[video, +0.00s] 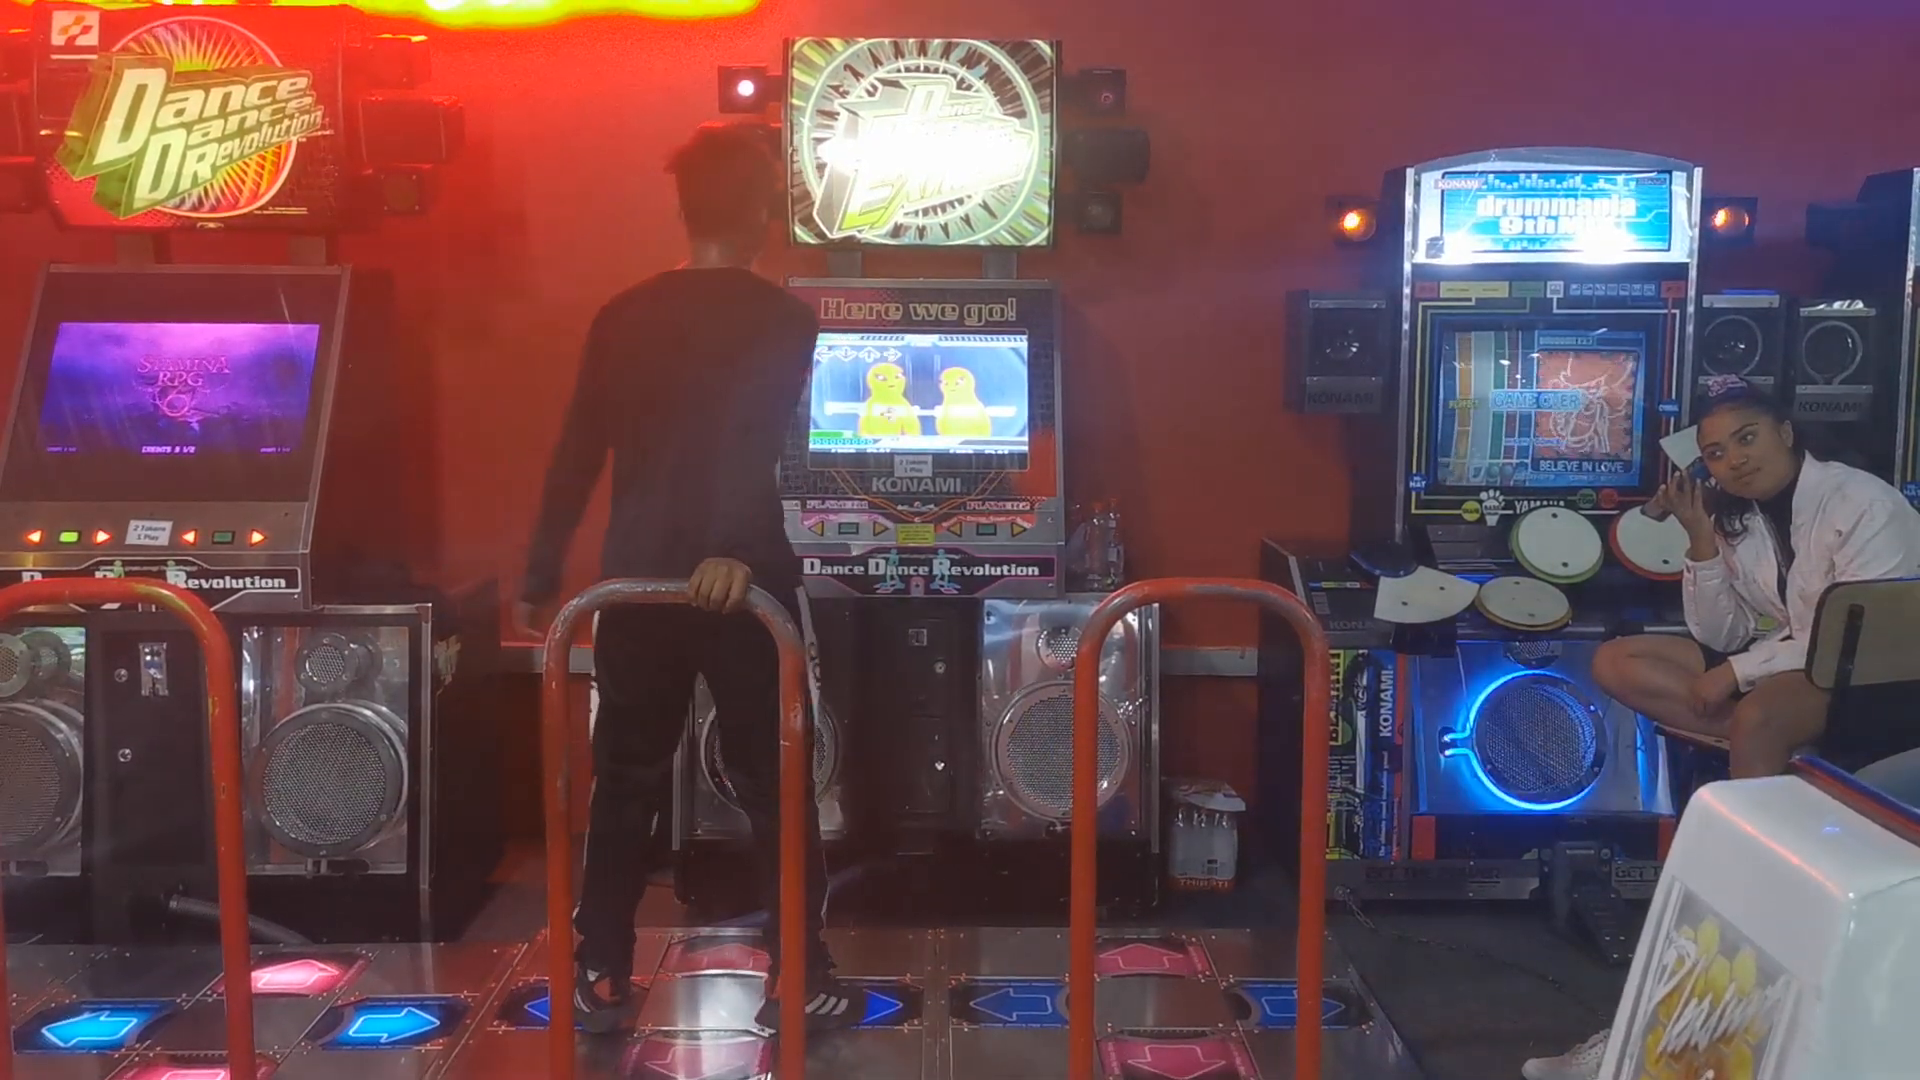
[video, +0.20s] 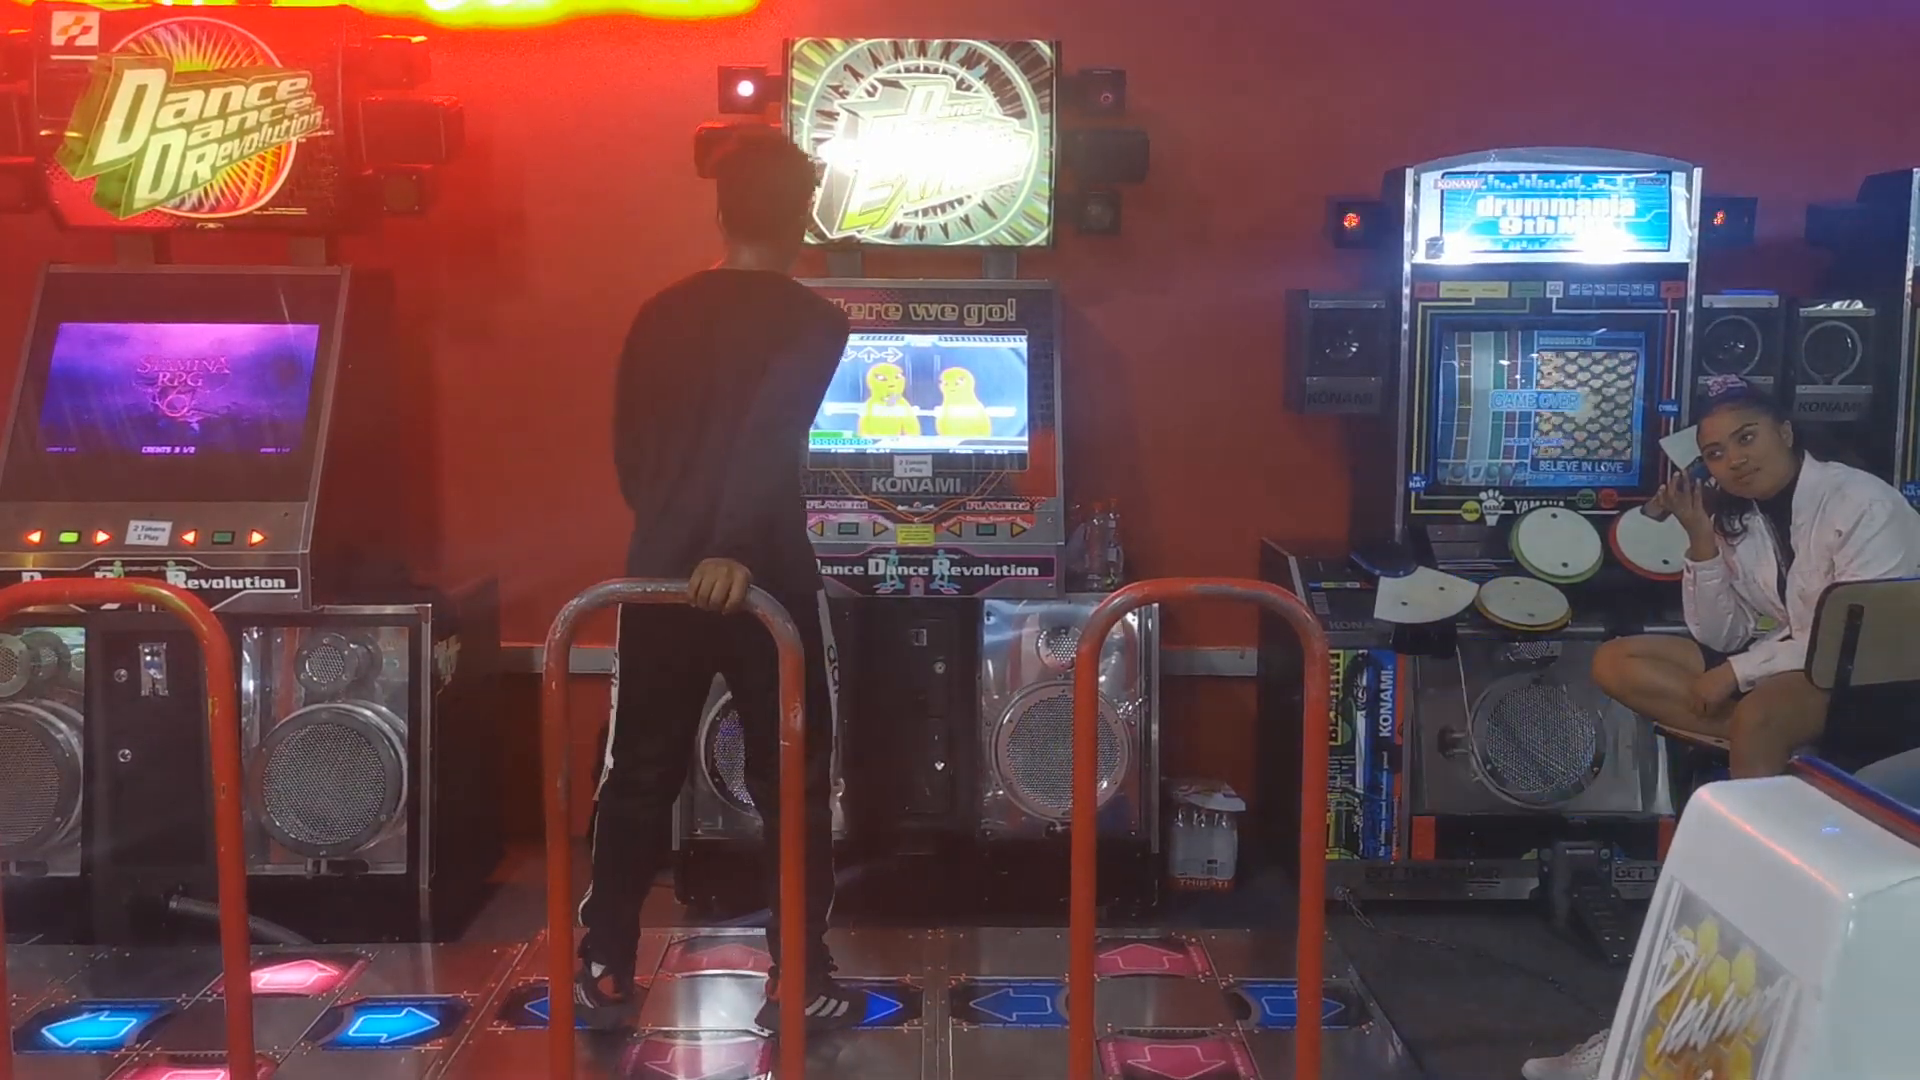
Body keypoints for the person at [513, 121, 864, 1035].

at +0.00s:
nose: (779, 220)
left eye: (774, 205)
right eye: (774, 206)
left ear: (686, 212)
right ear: (758, 215)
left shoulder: (626, 312)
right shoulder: (786, 318)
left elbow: (577, 452)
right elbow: (769, 444)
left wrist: (540, 578)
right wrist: (736, 545)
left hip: (640, 578)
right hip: (747, 582)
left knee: (625, 783)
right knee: (768, 782)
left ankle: (602, 974)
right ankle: (806, 970)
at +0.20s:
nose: (811, 221)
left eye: (804, 206)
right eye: (809, 208)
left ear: (723, 213)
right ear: (797, 215)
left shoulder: (659, 311)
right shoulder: (812, 318)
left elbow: (632, 447)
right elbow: (772, 432)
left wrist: (668, 533)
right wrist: (732, 544)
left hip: (662, 570)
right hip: (765, 575)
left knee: (639, 774)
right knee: (792, 782)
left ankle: (605, 971)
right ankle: (801, 979)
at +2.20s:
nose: (754, 247)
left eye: (743, 231)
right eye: (755, 234)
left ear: (670, 232)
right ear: (746, 240)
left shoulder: (593, 322)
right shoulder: (762, 336)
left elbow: (549, 469)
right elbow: (745, 442)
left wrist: (543, 592)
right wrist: (729, 546)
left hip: (603, 576)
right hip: (711, 582)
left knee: (599, 781)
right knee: (737, 756)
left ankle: (599, 979)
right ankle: (754, 919)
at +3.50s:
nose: (858, 237)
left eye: (846, 222)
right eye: (854, 224)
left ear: (770, 233)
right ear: (847, 234)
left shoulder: (702, 319)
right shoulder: (860, 325)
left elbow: (660, 459)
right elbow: (800, 434)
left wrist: (678, 568)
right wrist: (733, 545)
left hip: (695, 567)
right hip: (803, 560)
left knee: (676, 752)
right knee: (826, 764)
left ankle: (693, 949)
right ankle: (824, 974)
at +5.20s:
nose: (781, 260)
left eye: (760, 242)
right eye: (783, 245)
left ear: (710, 246)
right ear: (784, 247)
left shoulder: (637, 328)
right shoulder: (796, 331)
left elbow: (584, 455)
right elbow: (750, 431)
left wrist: (617, 535)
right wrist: (721, 542)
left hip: (593, 581)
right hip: (696, 584)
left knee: (595, 778)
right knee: (726, 763)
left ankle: (569, 977)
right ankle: (719, 947)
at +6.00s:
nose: (804, 260)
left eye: (799, 246)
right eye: (801, 247)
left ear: (716, 255)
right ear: (790, 254)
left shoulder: (655, 346)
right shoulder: (789, 342)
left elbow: (628, 478)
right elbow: (724, 432)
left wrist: (656, 552)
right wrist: (719, 545)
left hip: (649, 604)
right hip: (750, 600)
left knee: (657, 783)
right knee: (816, 788)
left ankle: (603, 978)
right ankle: (820, 982)